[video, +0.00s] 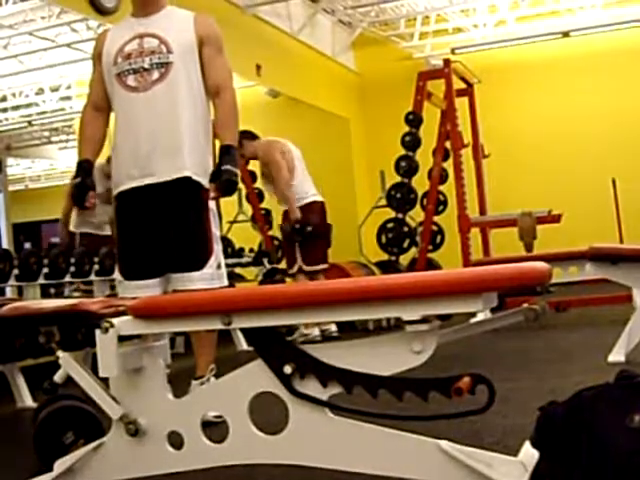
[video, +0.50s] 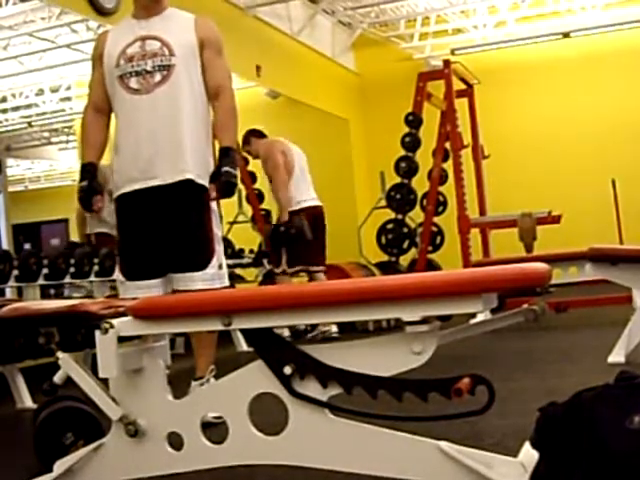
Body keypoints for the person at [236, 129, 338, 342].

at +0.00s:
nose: (244, 159)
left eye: (241, 154)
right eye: (240, 156)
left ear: (244, 144)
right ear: (250, 140)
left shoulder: (268, 149)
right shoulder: (280, 146)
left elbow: (282, 180)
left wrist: (292, 208)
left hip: (299, 208)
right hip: (314, 205)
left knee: (298, 271)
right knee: (315, 269)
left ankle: (310, 324)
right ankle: (328, 320)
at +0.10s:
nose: (242, 159)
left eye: (239, 153)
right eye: (239, 156)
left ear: (243, 144)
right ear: (250, 140)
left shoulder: (269, 147)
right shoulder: (275, 149)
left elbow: (288, 179)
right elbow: (286, 184)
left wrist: (298, 211)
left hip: (299, 209)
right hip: (313, 206)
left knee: (299, 270)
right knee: (316, 269)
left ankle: (310, 323)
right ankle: (328, 320)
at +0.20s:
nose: (249, 154)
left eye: (246, 150)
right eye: (246, 152)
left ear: (251, 140)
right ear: (256, 136)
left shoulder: (273, 145)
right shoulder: (285, 146)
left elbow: (292, 179)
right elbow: (294, 181)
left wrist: (299, 210)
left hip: (296, 212)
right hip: (313, 209)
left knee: (292, 272)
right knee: (315, 270)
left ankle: (309, 322)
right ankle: (328, 320)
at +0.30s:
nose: (254, 154)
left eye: (251, 149)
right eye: (251, 151)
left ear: (255, 140)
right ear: (261, 135)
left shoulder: (276, 145)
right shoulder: (292, 148)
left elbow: (292, 178)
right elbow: (297, 184)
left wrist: (297, 210)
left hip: (298, 214)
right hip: (315, 212)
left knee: (285, 273)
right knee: (314, 270)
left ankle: (305, 318)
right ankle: (327, 320)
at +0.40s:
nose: (254, 155)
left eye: (251, 150)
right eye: (251, 152)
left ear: (255, 141)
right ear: (263, 135)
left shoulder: (275, 146)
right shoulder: (291, 147)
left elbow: (286, 175)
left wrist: (291, 210)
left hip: (298, 212)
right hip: (314, 209)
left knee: (282, 272)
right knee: (314, 270)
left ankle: (284, 323)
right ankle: (327, 321)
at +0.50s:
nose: (252, 155)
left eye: (249, 151)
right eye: (249, 153)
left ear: (252, 141)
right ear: (261, 135)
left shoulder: (269, 147)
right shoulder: (291, 147)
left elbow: (279, 177)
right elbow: (302, 179)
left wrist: (283, 212)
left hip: (295, 212)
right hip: (314, 208)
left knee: (282, 272)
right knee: (317, 269)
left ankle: (287, 321)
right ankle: (327, 320)